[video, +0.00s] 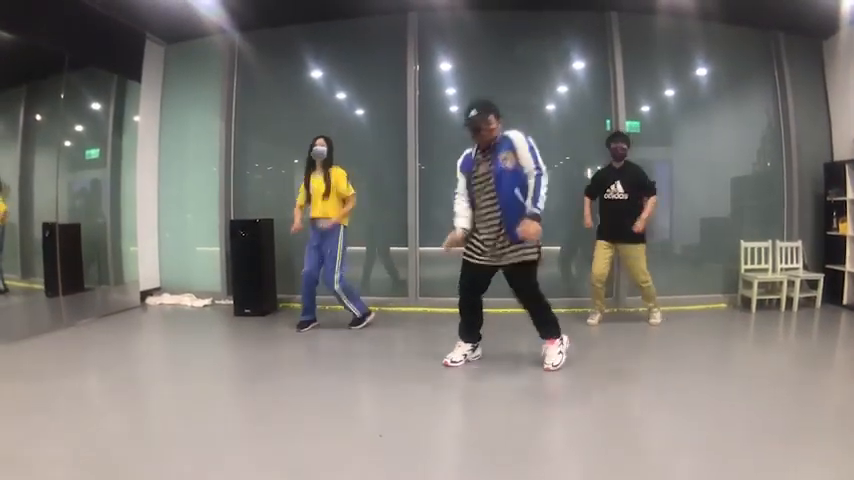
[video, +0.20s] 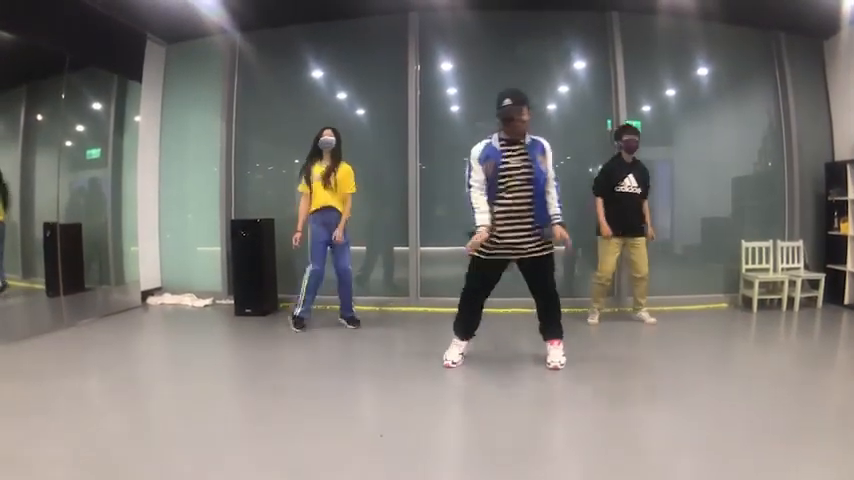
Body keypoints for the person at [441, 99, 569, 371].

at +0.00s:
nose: (483, 135)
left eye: (486, 128)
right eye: (477, 131)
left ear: (497, 122)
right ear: (470, 131)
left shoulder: (515, 140)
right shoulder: (467, 160)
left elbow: (538, 174)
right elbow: (462, 197)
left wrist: (534, 216)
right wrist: (460, 227)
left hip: (515, 237)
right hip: (481, 240)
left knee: (526, 290)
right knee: (468, 291)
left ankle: (554, 340)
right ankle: (469, 344)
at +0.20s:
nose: (524, 124)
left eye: (525, 117)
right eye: (518, 119)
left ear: (528, 115)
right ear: (503, 120)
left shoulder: (540, 147)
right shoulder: (482, 151)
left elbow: (549, 184)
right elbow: (477, 190)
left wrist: (556, 221)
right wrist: (482, 226)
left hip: (533, 237)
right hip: (496, 238)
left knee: (545, 291)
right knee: (474, 290)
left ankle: (554, 342)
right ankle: (460, 340)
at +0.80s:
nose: (484, 126)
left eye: (490, 120)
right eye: (478, 120)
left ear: (499, 118)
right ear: (469, 120)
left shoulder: (514, 146)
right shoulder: (459, 153)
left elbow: (530, 181)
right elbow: (453, 191)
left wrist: (529, 213)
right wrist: (441, 218)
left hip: (508, 231)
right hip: (471, 233)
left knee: (520, 287)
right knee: (460, 289)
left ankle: (544, 337)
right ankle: (454, 345)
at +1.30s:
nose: (510, 109)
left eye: (514, 104)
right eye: (503, 106)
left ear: (522, 109)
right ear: (492, 113)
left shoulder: (538, 149)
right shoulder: (475, 151)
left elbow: (548, 187)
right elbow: (467, 188)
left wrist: (552, 220)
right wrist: (468, 220)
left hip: (526, 235)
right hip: (486, 236)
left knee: (541, 290)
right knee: (471, 291)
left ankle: (554, 344)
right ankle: (459, 344)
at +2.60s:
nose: (536, 132)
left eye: (539, 126)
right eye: (529, 127)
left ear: (544, 125)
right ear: (514, 127)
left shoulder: (553, 158)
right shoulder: (494, 154)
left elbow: (576, 182)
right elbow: (466, 180)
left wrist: (576, 200)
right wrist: (490, 192)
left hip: (546, 240)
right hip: (511, 242)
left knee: (556, 295)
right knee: (508, 297)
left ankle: (554, 345)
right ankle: (463, 340)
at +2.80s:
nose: (554, 139)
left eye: (557, 133)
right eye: (547, 134)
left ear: (560, 134)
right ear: (530, 134)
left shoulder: (561, 172)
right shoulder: (509, 160)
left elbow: (574, 203)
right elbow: (480, 184)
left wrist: (570, 235)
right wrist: (501, 217)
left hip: (548, 248)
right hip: (516, 248)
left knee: (556, 300)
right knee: (520, 300)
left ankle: (553, 347)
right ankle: (479, 347)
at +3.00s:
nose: (556, 140)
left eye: (560, 134)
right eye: (549, 134)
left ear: (566, 135)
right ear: (534, 134)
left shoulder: (565, 175)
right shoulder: (513, 161)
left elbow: (566, 209)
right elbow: (497, 201)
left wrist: (564, 227)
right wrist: (487, 244)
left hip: (544, 252)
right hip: (509, 250)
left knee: (556, 301)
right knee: (493, 299)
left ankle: (553, 348)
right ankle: (476, 347)